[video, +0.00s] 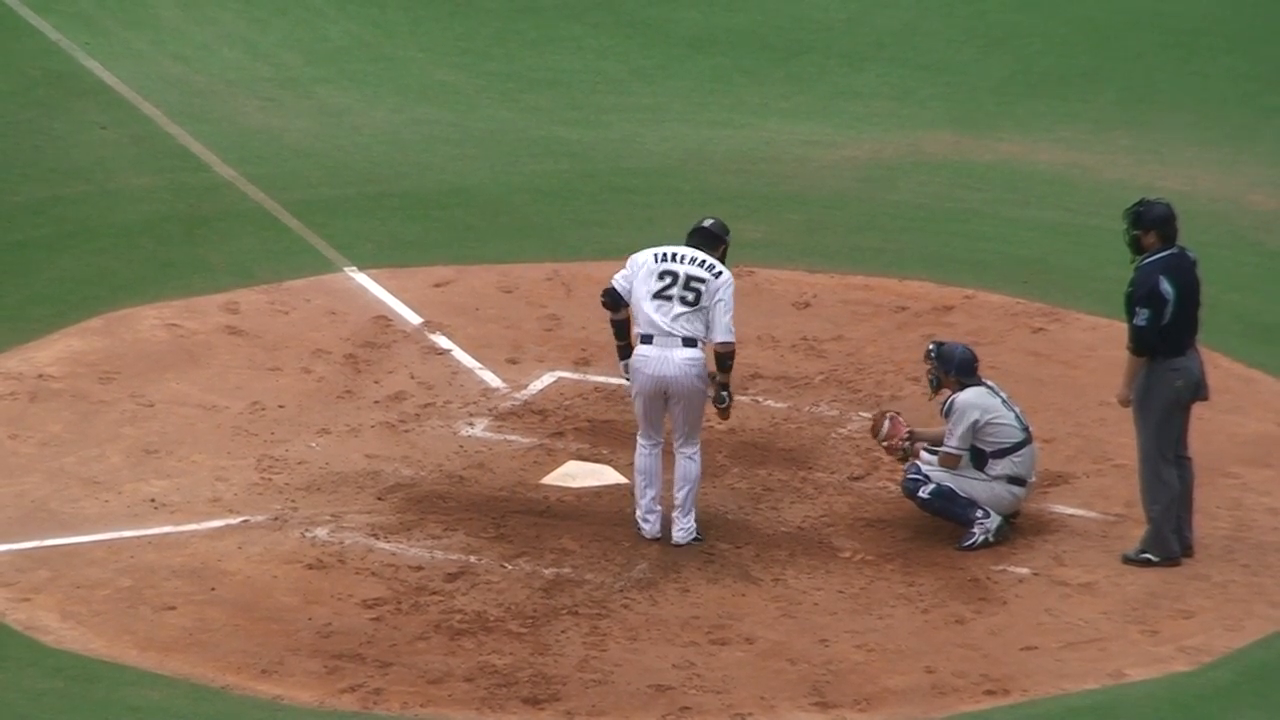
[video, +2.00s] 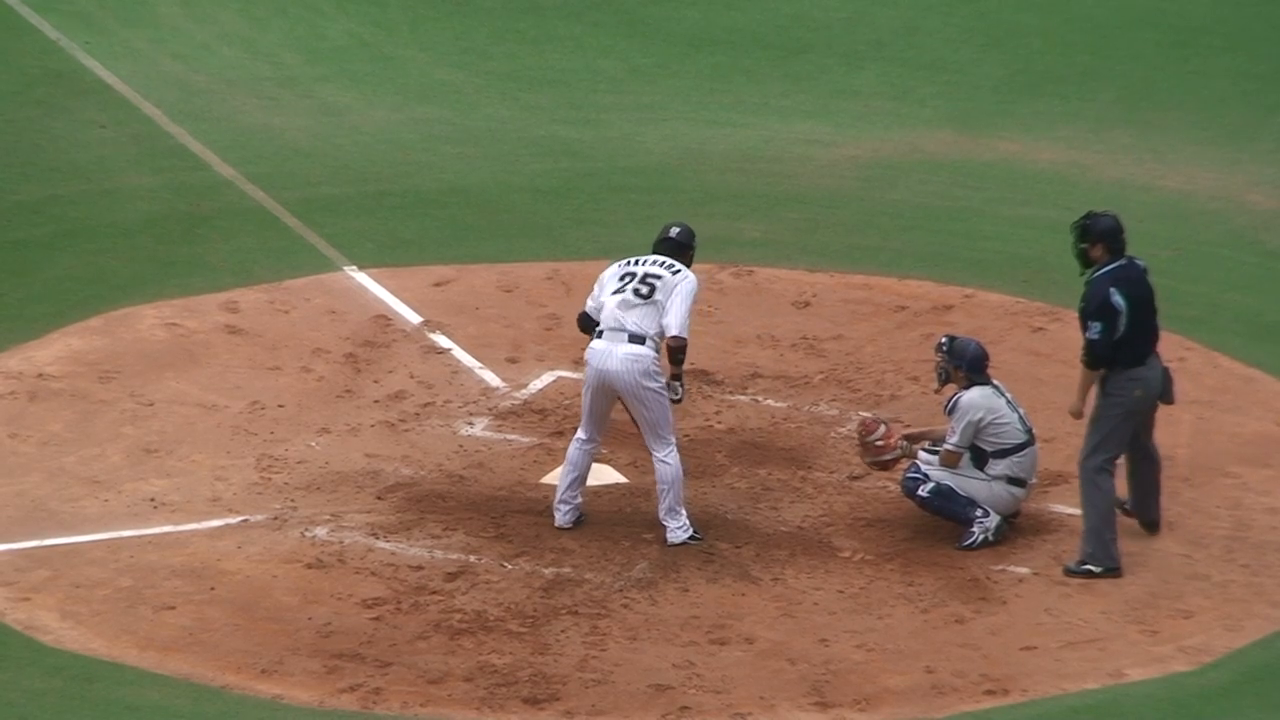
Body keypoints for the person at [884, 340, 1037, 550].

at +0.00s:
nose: (931, 372)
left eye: (936, 368)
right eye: (933, 367)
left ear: (951, 375)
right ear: (965, 372)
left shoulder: (964, 402)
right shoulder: (984, 387)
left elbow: (949, 462)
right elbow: (955, 436)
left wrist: (916, 451)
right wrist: (912, 434)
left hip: (1004, 492)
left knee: (914, 478)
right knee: (929, 453)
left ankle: (985, 520)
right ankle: (1003, 507)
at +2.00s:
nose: (940, 366)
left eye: (945, 362)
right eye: (942, 361)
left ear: (960, 371)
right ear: (973, 370)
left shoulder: (969, 402)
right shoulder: (992, 387)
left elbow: (948, 462)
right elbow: (961, 433)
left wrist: (912, 452)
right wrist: (920, 435)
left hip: (1004, 492)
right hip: (1018, 482)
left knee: (914, 478)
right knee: (929, 451)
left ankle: (983, 519)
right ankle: (1002, 506)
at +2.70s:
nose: (940, 368)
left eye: (945, 363)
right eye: (941, 362)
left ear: (961, 370)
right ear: (975, 369)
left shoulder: (972, 402)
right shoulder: (994, 387)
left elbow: (950, 462)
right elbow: (965, 434)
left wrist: (909, 451)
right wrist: (924, 429)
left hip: (1004, 492)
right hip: (1019, 482)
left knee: (915, 478)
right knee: (930, 451)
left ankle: (985, 518)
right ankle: (1004, 506)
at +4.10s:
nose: (940, 366)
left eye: (946, 362)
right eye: (942, 360)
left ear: (961, 371)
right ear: (973, 369)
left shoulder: (971, 401)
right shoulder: (992, 387)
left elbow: (946, 461)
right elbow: (961, 432)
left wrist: (908, 459)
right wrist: (921, 433)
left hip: (1002, 491)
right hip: (1016, 482)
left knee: (913, 480)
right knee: (928, 453)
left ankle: (983, 518)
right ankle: (1001, 506)